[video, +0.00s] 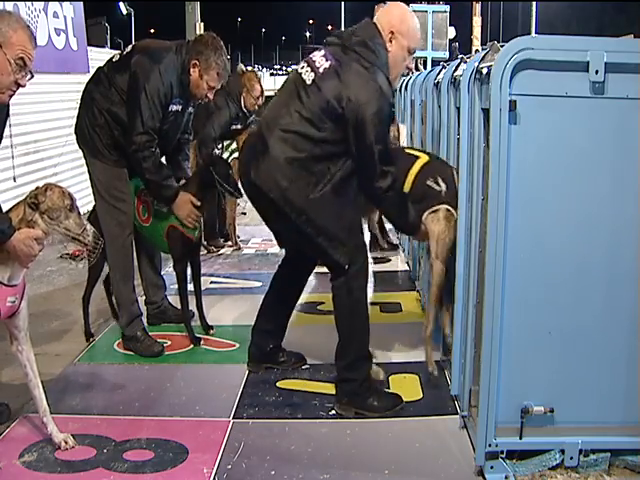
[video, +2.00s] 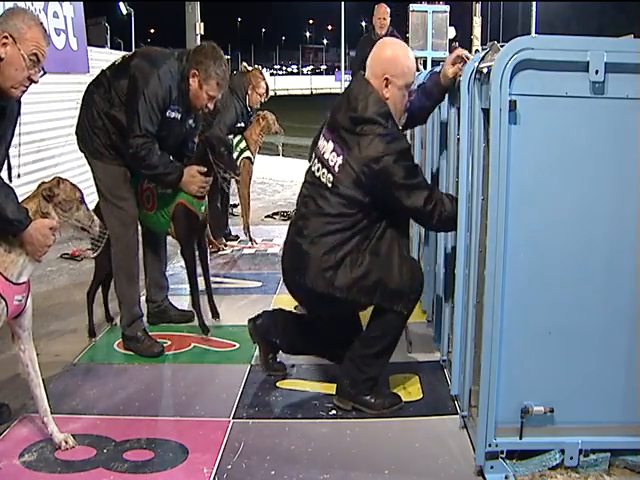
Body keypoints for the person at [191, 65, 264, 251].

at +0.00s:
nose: (258, 103)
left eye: (260, 98)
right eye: (255, 98)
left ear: (259, 94)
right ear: (242, 94)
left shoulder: (245, 108)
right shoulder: (226, 109)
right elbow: (205, 141)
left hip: (215, 142)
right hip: (199, 141)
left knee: (219, 188)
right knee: (208, 189)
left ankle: (221, 232)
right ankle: (211, 236)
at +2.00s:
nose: (261, 100)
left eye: (263, 96)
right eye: (260, 95)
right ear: (248, 89)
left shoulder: (245, 105)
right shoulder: (233, 104)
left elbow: (243, 129)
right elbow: (215, 133)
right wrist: (230, 165)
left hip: (221, 145)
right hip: (209, 146)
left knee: (224, 189)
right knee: (215, 190)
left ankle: (224, 229)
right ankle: (215, 232)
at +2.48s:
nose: (258, 103)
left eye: (260, 99)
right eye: (256, 97)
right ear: (243, 92)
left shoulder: (240, 106)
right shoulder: (222, 105)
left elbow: (244, 128)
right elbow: (219, 135)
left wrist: (251, 143)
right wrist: (237, 153)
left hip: (223, 150)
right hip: (207, 152)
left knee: (224, 195)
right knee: (214, 196)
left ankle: (223, 229)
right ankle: (213, 233)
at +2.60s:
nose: (257, 102)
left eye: (259, 98)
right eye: (255, 97)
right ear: (243, 92)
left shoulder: (240, 106)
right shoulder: (222, 105)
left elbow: (241, 131)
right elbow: (219, 136)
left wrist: (251, 144)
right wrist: (236, 154)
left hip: (223, 151)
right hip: (207, 153)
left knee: (224, 195)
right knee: (214, 196)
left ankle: (224, 229)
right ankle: (213, 233)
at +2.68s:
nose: (257, 102)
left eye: (259, 98)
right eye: (255, 97)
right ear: (242, 92)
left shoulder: (240, 106)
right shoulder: (221, 104)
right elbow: (216, 133)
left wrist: (249, 146)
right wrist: (234, 154)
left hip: (223, 152)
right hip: (207, 153)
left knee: (224, 195)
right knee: (213, 196)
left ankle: (223, 229)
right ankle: (213, 232)